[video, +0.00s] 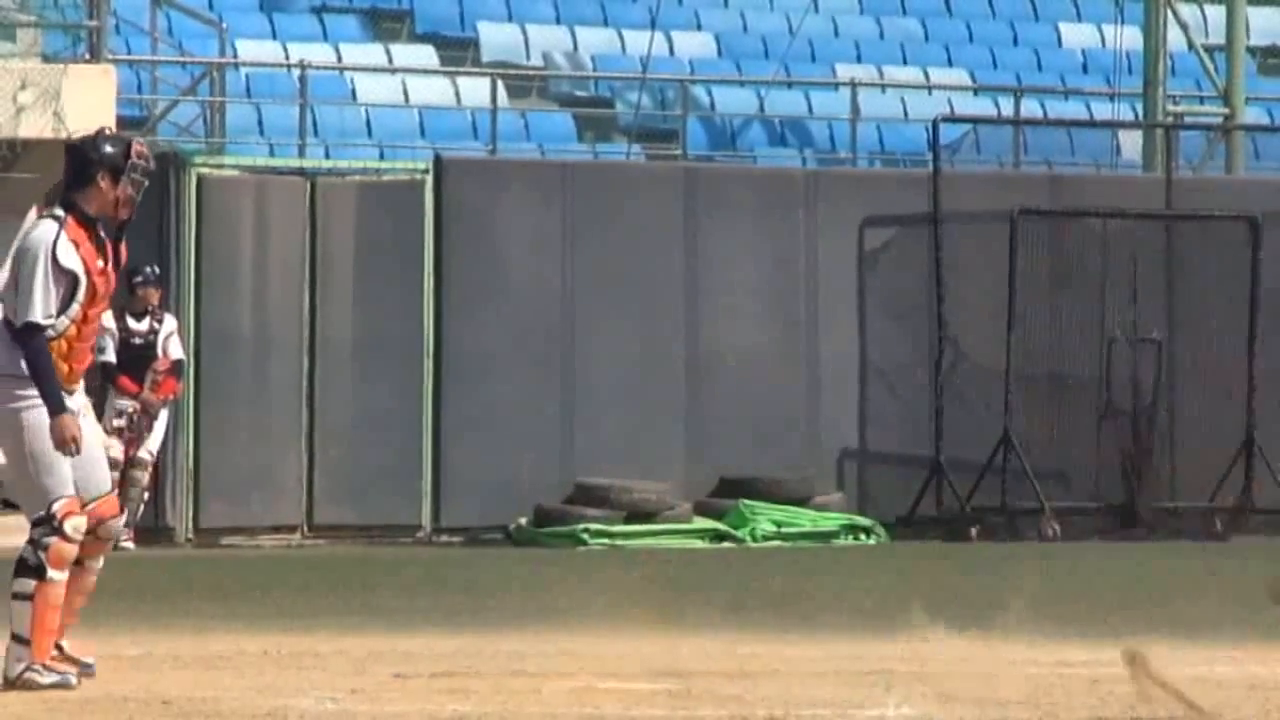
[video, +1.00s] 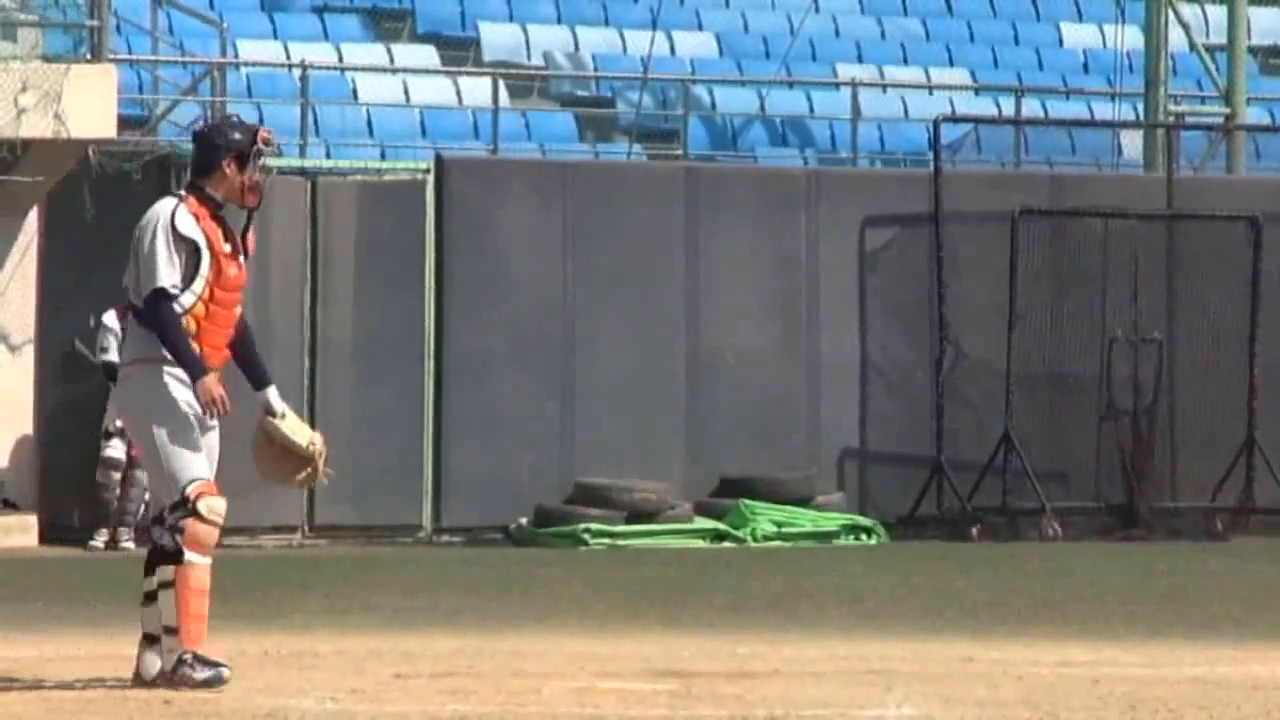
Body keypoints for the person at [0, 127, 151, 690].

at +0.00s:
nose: (130, 194)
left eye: (131, 184)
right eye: (124, 183)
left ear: (104, 183)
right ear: (98, 182)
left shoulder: (94, 240)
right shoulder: (47, 239)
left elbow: (83, 331)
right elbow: (29, 330)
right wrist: (58, 409)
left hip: (68, 391)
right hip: (26, 392)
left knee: (101, 517)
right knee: (59, 520)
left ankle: (54, 638)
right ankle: (25, 655)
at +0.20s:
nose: (152, 190)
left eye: (154, 180)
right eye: (147, 179)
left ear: (127, 180)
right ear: (120, 177)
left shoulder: (119, 237)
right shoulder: (69, 233)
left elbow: (97, 328)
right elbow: (58, 327)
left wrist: (118, 386)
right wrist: (87, 404)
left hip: (85, 387)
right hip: (44, 386)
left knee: (127, 509)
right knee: (59, 521)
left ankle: (134, 648)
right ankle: (26, 660)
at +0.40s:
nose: (183, 186)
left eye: (182, 175)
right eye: (175, 175)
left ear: (154, 179)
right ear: (147, 177)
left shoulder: (152, 237)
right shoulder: (98, 230)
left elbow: (145, 320)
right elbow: (93, 322)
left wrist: (157, 378)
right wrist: (118, 401)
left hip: (123, 394)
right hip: (75, 392)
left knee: (147, 524)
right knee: (64, 528)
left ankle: (156, 659)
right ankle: (27, 661)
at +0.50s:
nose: (198, 184)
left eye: (198, 173)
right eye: (193, 173)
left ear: (166, 175)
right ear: (168, 174)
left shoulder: (160, 233)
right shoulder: (117, 227)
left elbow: (153, 311)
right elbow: (110, 317)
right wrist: (134, 397)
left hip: (144, 391)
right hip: (96, 388)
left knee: (160, 526)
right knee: (88, 527)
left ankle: (159, 660)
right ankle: (32, 657)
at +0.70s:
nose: (228, 181)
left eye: (229, 170)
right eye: (224, 169)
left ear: (197, 170)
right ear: (198, 169)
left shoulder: (187, 228)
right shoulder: (145, 219)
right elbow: (138, 310)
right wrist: (172, 383)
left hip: (169, 380)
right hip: (128, 378)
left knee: (176, 523)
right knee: (142, 520)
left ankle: (161, 659)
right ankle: (65, 635)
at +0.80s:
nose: (241, 179)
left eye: (241, 168)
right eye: (234, 167)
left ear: (209, 170)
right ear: (208, 167)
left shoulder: (203, 229)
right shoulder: (157, 216)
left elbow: (188, 330)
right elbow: (149, 309)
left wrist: (207, 424)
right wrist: (188, 379)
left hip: (178, 381)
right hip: (139, 377)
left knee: (180, 522)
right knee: (164, 517)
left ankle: (164, 659)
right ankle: (104, 640)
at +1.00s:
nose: (257, 176)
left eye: (257, 165)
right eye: (252, 165)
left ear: (228, 166)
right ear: (228, 166)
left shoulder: (226, 230)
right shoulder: (169, 219)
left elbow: (230, 323)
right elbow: (156, 303)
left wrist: (272, 397)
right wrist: (199, 372)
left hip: (195, 380)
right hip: (159, 378)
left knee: (179, 517)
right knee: (201, 510)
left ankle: (155, 653)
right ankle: (188, 654)